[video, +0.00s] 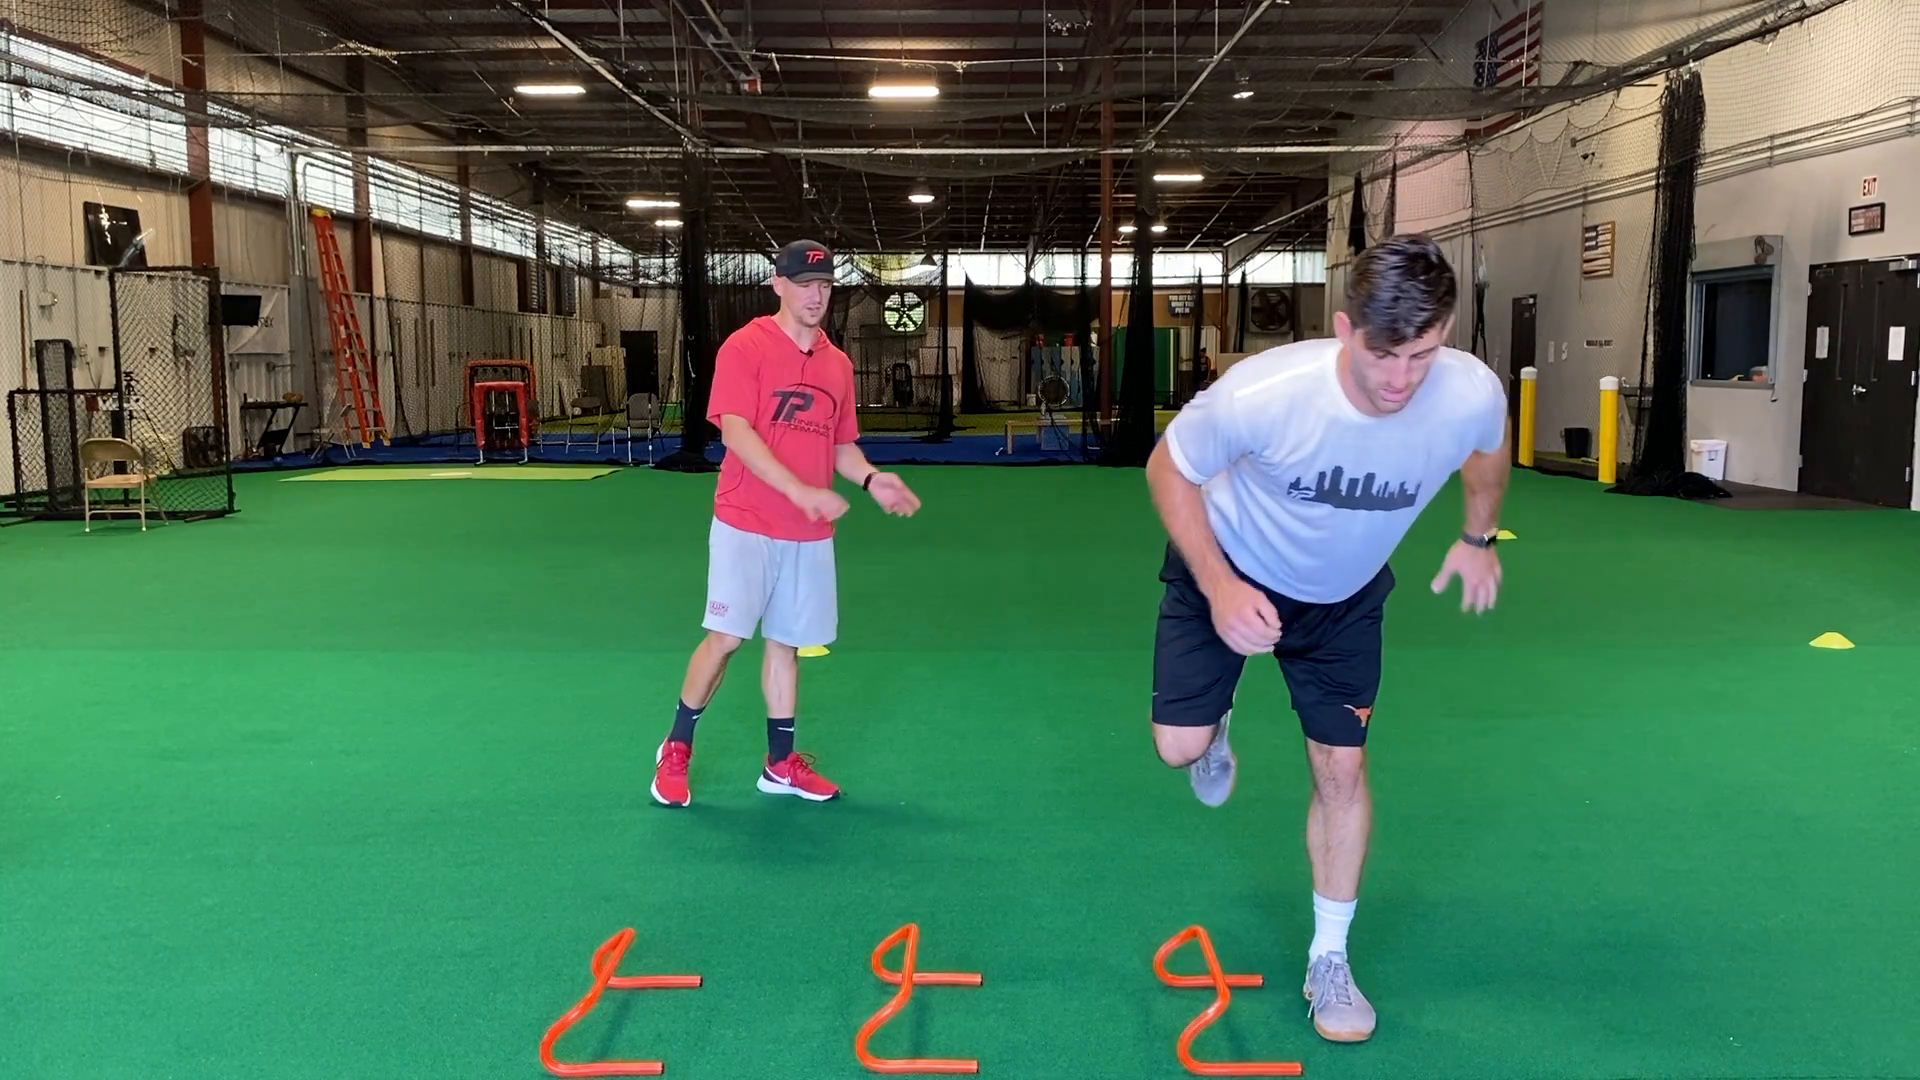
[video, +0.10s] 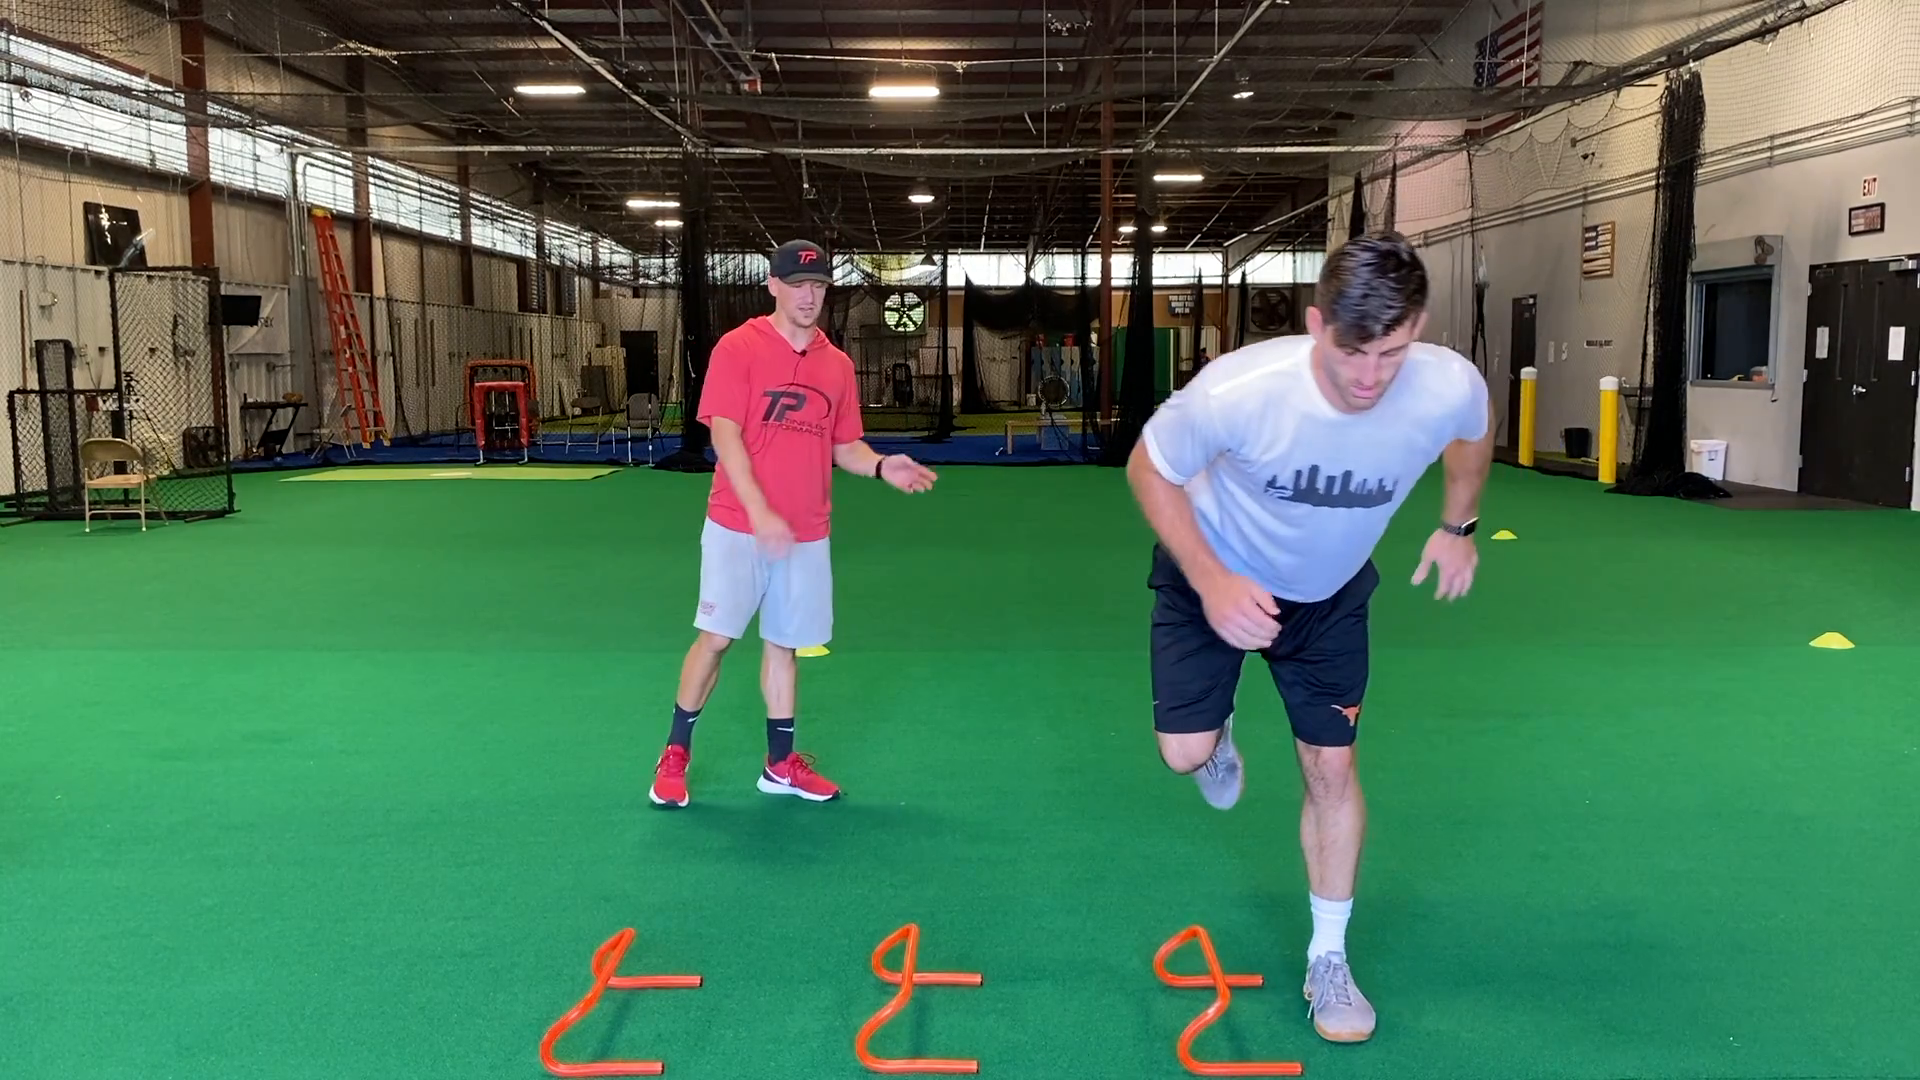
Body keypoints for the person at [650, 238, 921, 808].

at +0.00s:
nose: (816, 294)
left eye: (823, 285)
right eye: (805, 283)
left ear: (832, 291)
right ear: (779, 285)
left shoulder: (838, 364)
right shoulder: (745, 347)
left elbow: (842, 447)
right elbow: (735, 430)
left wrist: (875, 478)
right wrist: (799, 489)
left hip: (807, 525)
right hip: (745, 519)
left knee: (785, 640)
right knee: (727, 633)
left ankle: (781, 762)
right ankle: (677, 747)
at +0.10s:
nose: (808, 295)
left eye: (817, 286)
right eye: (798, 284)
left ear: (827, 291)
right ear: (774, 286)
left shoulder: (837, 365)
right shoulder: (737, 348)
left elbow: (844, 445)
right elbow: (723, 434)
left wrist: (883, 464)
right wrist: (759, 510)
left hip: (804, 528)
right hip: (737, 520)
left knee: (783, 643)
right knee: (717, 636)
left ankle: (781, 762)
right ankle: (676, 752)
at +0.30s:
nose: (784, 296)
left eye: (794, 286)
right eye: (774, 285)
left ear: (806, 290)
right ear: (753, 287)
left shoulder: (829, 362)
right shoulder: (717, 351)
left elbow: (853, 446)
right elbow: (687, 443)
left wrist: (875, 428)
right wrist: (673, 526)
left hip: (791, 534)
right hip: (718, 529)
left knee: (780, 646)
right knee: (694, 642)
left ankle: (781, 762)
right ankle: (669, 764)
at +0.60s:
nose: (710, 295)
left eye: (719, 282)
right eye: (697, 287)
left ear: (737, 282)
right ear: (682, 292)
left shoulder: (778, 355)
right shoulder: (662, 358)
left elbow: (803, 436)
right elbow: (640, 434)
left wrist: (831, 451)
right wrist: (641, 489)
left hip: (753, 533)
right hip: (678, 531)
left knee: (762, 647)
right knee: (671, 645)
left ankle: (781, 762)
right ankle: (663, 770)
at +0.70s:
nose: (682, 294)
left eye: (691, 281)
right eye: (670, 285)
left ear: (712, 279)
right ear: (659, 291)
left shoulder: (758, 352)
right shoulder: (645, 358)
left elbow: (792, 433)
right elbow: (626, 433)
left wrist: (774, 454)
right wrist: (636, 461)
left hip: (735, 531)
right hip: (660, 531)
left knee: (755, 644)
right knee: (661, 645)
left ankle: (780, 760)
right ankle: (661, 769)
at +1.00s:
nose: (641, 287)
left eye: (652, 275)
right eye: (630, 278)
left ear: (674, 277)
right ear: (619, 285)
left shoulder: (707, 344)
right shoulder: (604, 359)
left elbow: (740, 422)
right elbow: (574, 435)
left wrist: (704, 464)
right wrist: (597, 468)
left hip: (704, 525)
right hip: (633, 530)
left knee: (726, 648)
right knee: (649, 647)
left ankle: (753, 769)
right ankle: (660, 768)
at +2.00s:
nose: (696, 287)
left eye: (706, 275)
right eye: (683, 276)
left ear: (719, 278)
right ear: (661, 281)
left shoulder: (758, 350)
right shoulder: (636, 356)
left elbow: (792, 437)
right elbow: (613, 447)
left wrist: (729, 442)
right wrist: (580, 509)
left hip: (734, 538)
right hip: (657, 540)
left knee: (736, 659)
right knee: (661, 658)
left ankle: (745, 786)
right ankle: (661, 771)